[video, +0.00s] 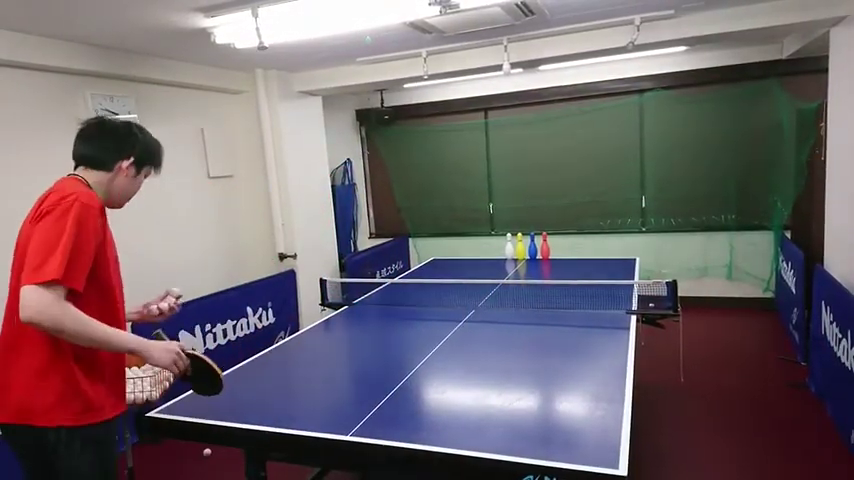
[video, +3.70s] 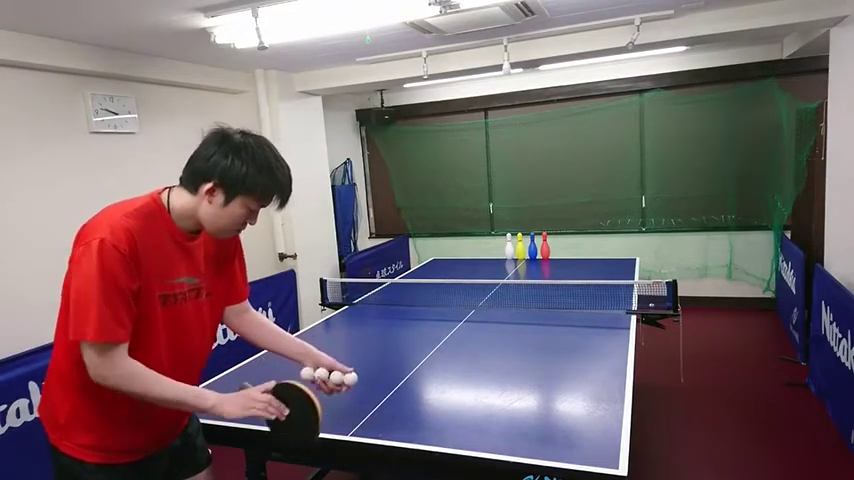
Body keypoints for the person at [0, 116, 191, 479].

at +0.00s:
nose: (137, 191)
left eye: (144, 181)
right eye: (142, 179)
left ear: (87, 157)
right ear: (125, 167)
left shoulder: (65, 197)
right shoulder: (76, 203)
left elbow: (68, 310)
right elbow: (38, 306)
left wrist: (137, 314)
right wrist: (145, 348)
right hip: (62, 418)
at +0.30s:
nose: (139, 172)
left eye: (142, 160)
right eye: (139, 158)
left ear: (106, 156)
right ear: (109, 154)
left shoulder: (83, 209)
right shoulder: (37, 214)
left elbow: (93, 307)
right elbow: (23, 339)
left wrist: (178, 311)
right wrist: (150, 352)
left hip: (103, 439)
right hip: (55, 454)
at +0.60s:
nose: (167, 171)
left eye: (168, 159)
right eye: (163, 158)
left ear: (125, 157)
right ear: (125, 156)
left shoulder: (126, 207)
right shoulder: (37, 225)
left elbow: (144, 296)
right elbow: (45, 349)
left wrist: (227, 312)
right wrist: (175, 345)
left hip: (144, 431)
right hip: (74, 459)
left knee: (179, 473)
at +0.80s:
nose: (200, 178)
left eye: (203, 167)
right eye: (196, 165)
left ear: (157, 158)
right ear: (156, 156)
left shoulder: (168, 210)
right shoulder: (70, 219)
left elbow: (196, 292)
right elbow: (81, 344)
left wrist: (270, 319)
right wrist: (205, 344)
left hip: (170, 422)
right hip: (99, 449)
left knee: (200, 472)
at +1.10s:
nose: (248, 195)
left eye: (251, 186)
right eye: (245, 183)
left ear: (208, 168)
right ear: (207, 166)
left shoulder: (213, 214)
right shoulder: (117, 216)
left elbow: (231, 293)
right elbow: (126, 338)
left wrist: (283, 329)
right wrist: (246, 343)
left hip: (182, 415)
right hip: (114, 432)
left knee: (204, 472)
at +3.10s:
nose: (254, 220)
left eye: (260, 210)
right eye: (254, 207)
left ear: (218, 191)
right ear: (217, 189)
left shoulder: (217, 229)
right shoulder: (124, 239)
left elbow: (236, 311)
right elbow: (143, 360)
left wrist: (303, 348)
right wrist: (252, 379)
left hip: (172, 424)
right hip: (103, 445)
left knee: (196, 469)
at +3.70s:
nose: (252, 222)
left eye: (258, 212)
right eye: (250, 210)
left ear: (211, 193)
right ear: (211, 192)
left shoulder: (218, 233)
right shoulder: (110, 241)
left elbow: (238, 312)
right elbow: (105, 364)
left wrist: (312, 357)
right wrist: (218, 402)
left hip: (171, 427)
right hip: (98, 449)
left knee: (198, 472)